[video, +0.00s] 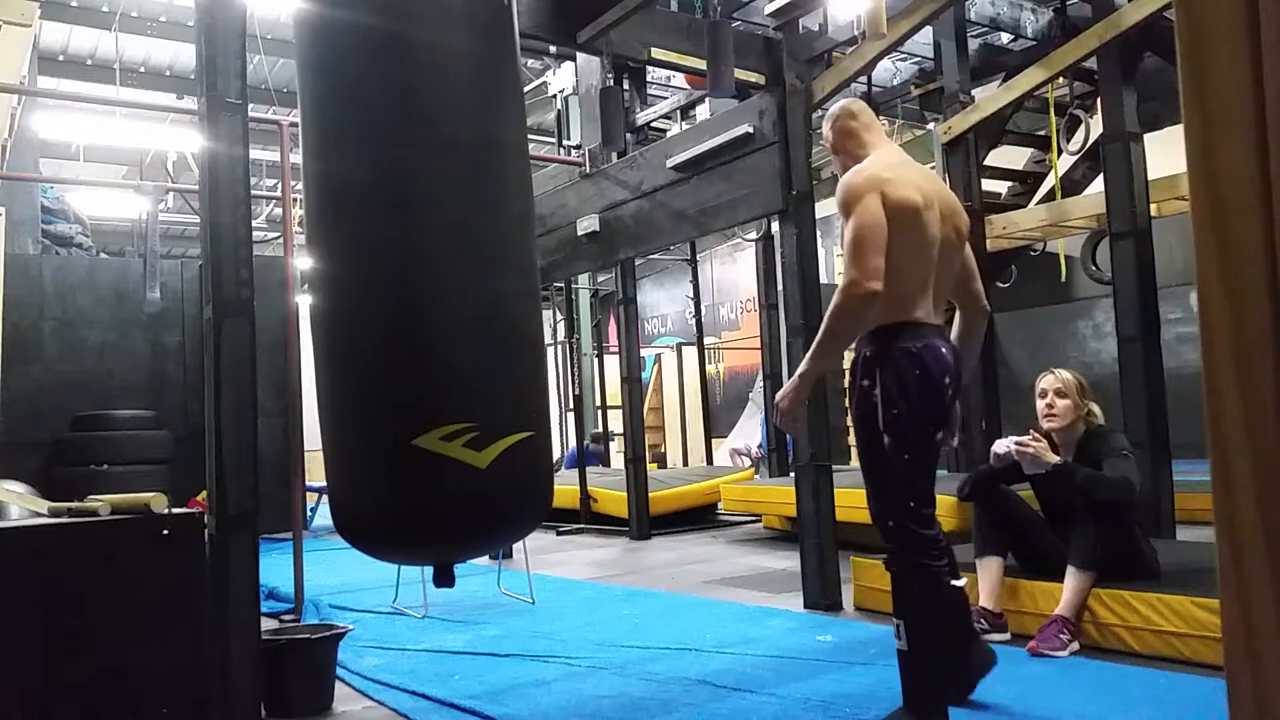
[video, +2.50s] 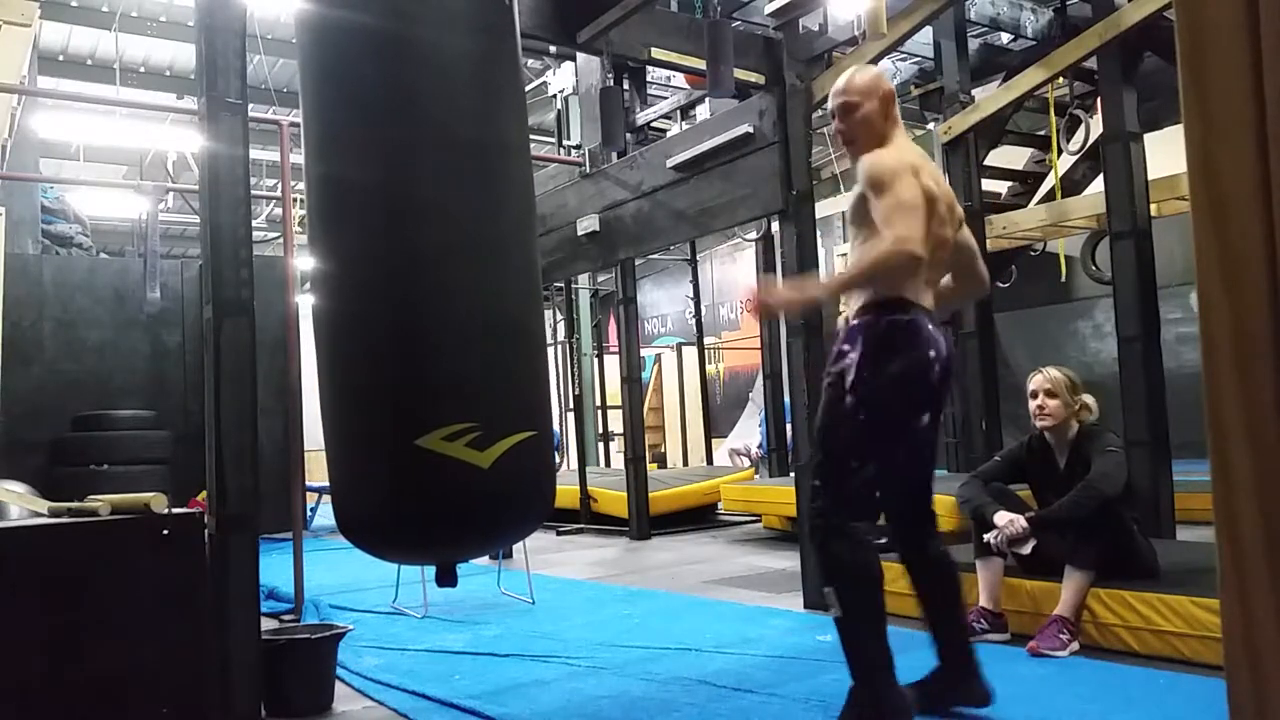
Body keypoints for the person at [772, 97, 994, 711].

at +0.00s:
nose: (831, 165)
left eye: (829, 155)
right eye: (828, 156)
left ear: (840, 141)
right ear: (881, 131)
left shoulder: (862, 179)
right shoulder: (943, 193)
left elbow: (864, 285)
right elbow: (974, 304)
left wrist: (803, 376)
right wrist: (951, 385)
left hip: (887, 361)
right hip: (934, 359)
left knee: (902, 528)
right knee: (913, 519)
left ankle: (924, 700)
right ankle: (962, 651)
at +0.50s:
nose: (818, 165)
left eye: (819, 147)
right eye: (812, 154)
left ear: (857, 125)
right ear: (866, 128)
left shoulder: (883, 190)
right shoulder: (931, 189)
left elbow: (906, 292)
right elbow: (961, 302)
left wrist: (881, 396)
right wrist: (941, 374)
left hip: (906, 368)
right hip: (943, 365)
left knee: (890, 538)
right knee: (948, 529)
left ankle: (917, 700)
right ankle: (977, 679)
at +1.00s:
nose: (836, 160)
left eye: (843, 145)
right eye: (833, 148)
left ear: (881, 132)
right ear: (879, 137)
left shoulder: (915, 191)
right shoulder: (907, 193)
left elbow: (933, 288)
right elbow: (899, 302)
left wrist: (850, 353)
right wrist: (863, 378)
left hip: (906, 378)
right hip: (913, 375)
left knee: (897, 537)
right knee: (942, 527)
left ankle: (902, 704)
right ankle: (975, 678)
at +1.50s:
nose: (811, 129)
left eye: (820, 114)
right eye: (807, 118)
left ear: (858, 107)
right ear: (866, 114)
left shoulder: (864, 167)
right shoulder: (912, 178)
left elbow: (870, 245)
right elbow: (955, 283)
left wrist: (767, 236)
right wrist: (865, 319)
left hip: (875, 354)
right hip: (918, 352)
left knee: (844, 531)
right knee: (897, 527)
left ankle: (887, 700)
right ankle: (939, 684)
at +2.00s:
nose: (840, 155)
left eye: (849, 141)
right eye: (836, 143)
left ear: (887, 133)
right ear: (892, 138)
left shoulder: (892, 196)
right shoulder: (932, 195)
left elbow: (895, 300)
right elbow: (954, 308)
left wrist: (858, 395)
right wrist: (861, 343)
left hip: (902, 373)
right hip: (938, 370)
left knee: (873, 546)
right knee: (936, 533)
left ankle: (901, 706)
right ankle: (987, 681)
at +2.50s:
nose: (836, 125)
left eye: (846, 111)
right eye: (833, 114)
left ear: (882, 107)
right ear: (887, 113)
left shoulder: (886, 163)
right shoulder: (928, 172)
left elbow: (904, 246)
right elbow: (975, 275)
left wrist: (806, 290)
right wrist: (904, 303)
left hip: (881, 341)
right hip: (925, 343)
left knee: (838, 515)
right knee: (911, 517)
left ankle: (874, 691)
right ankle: (960, 670)